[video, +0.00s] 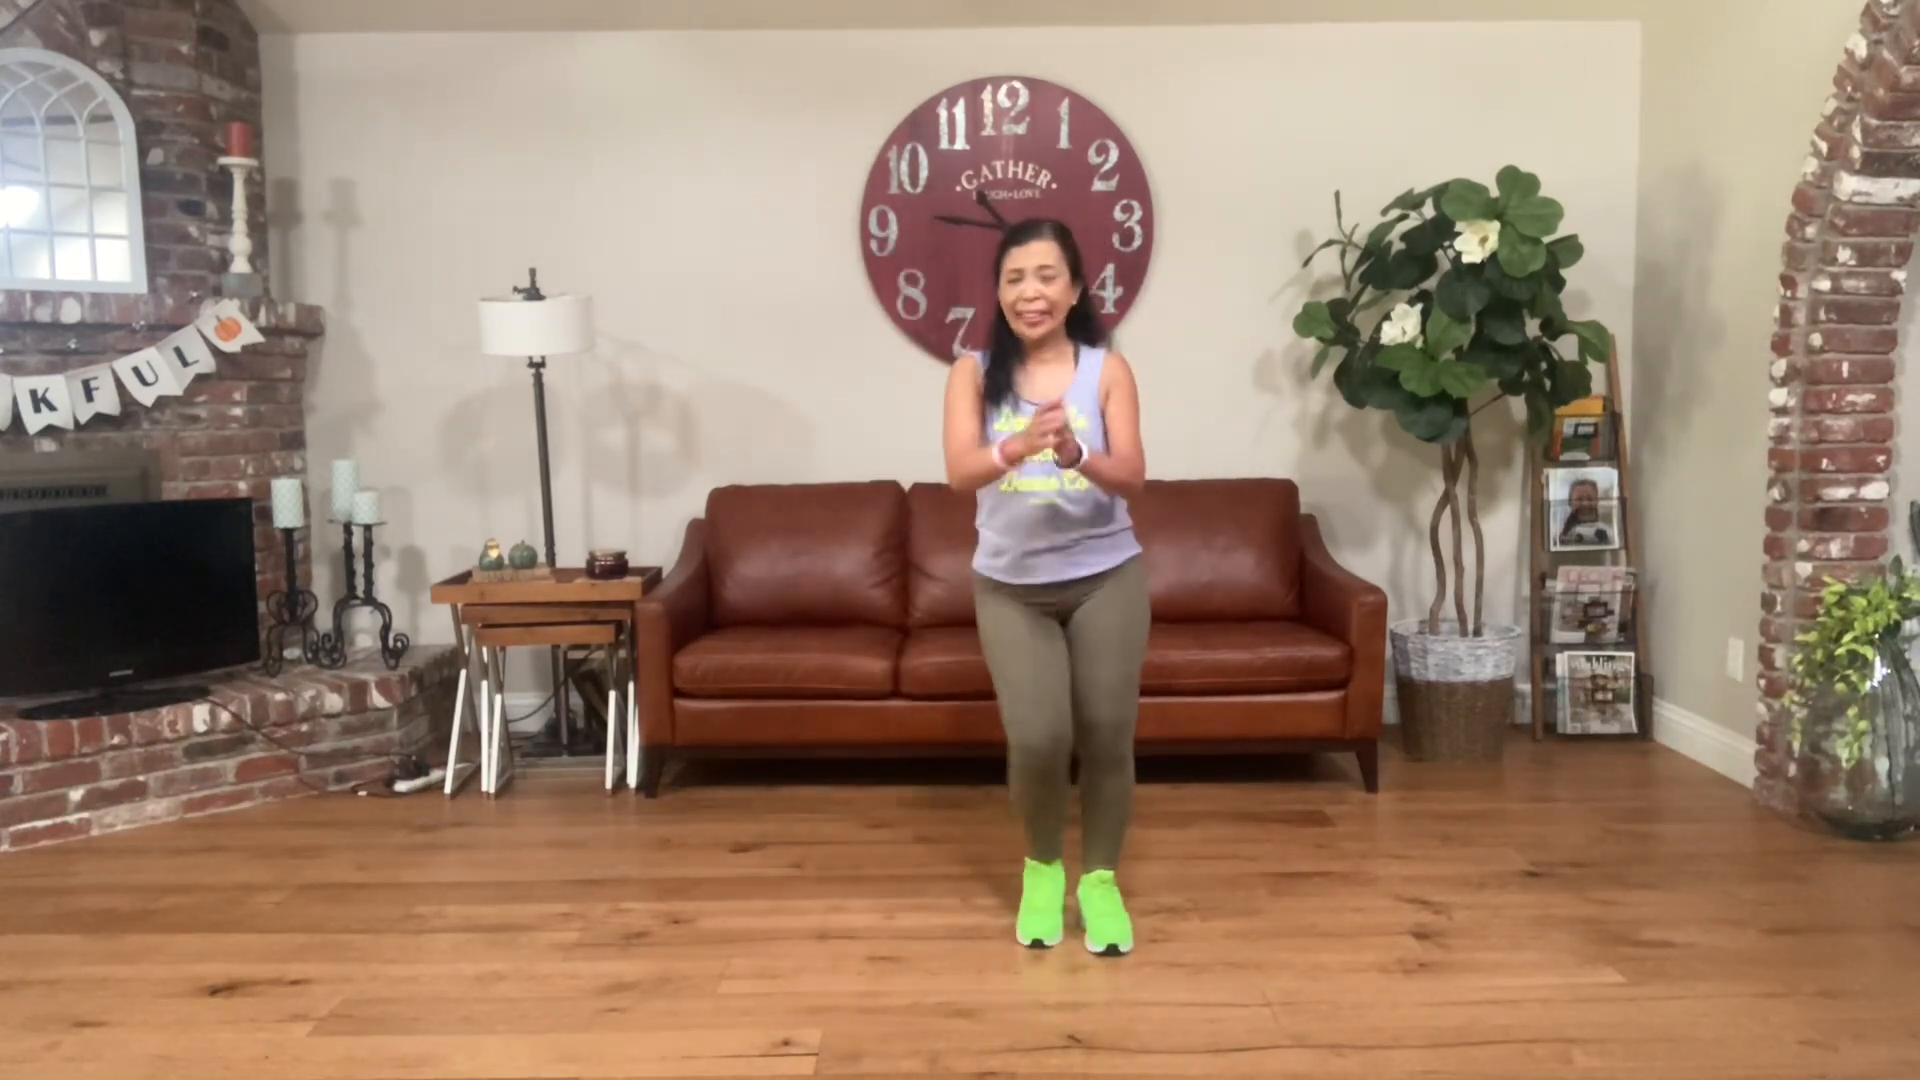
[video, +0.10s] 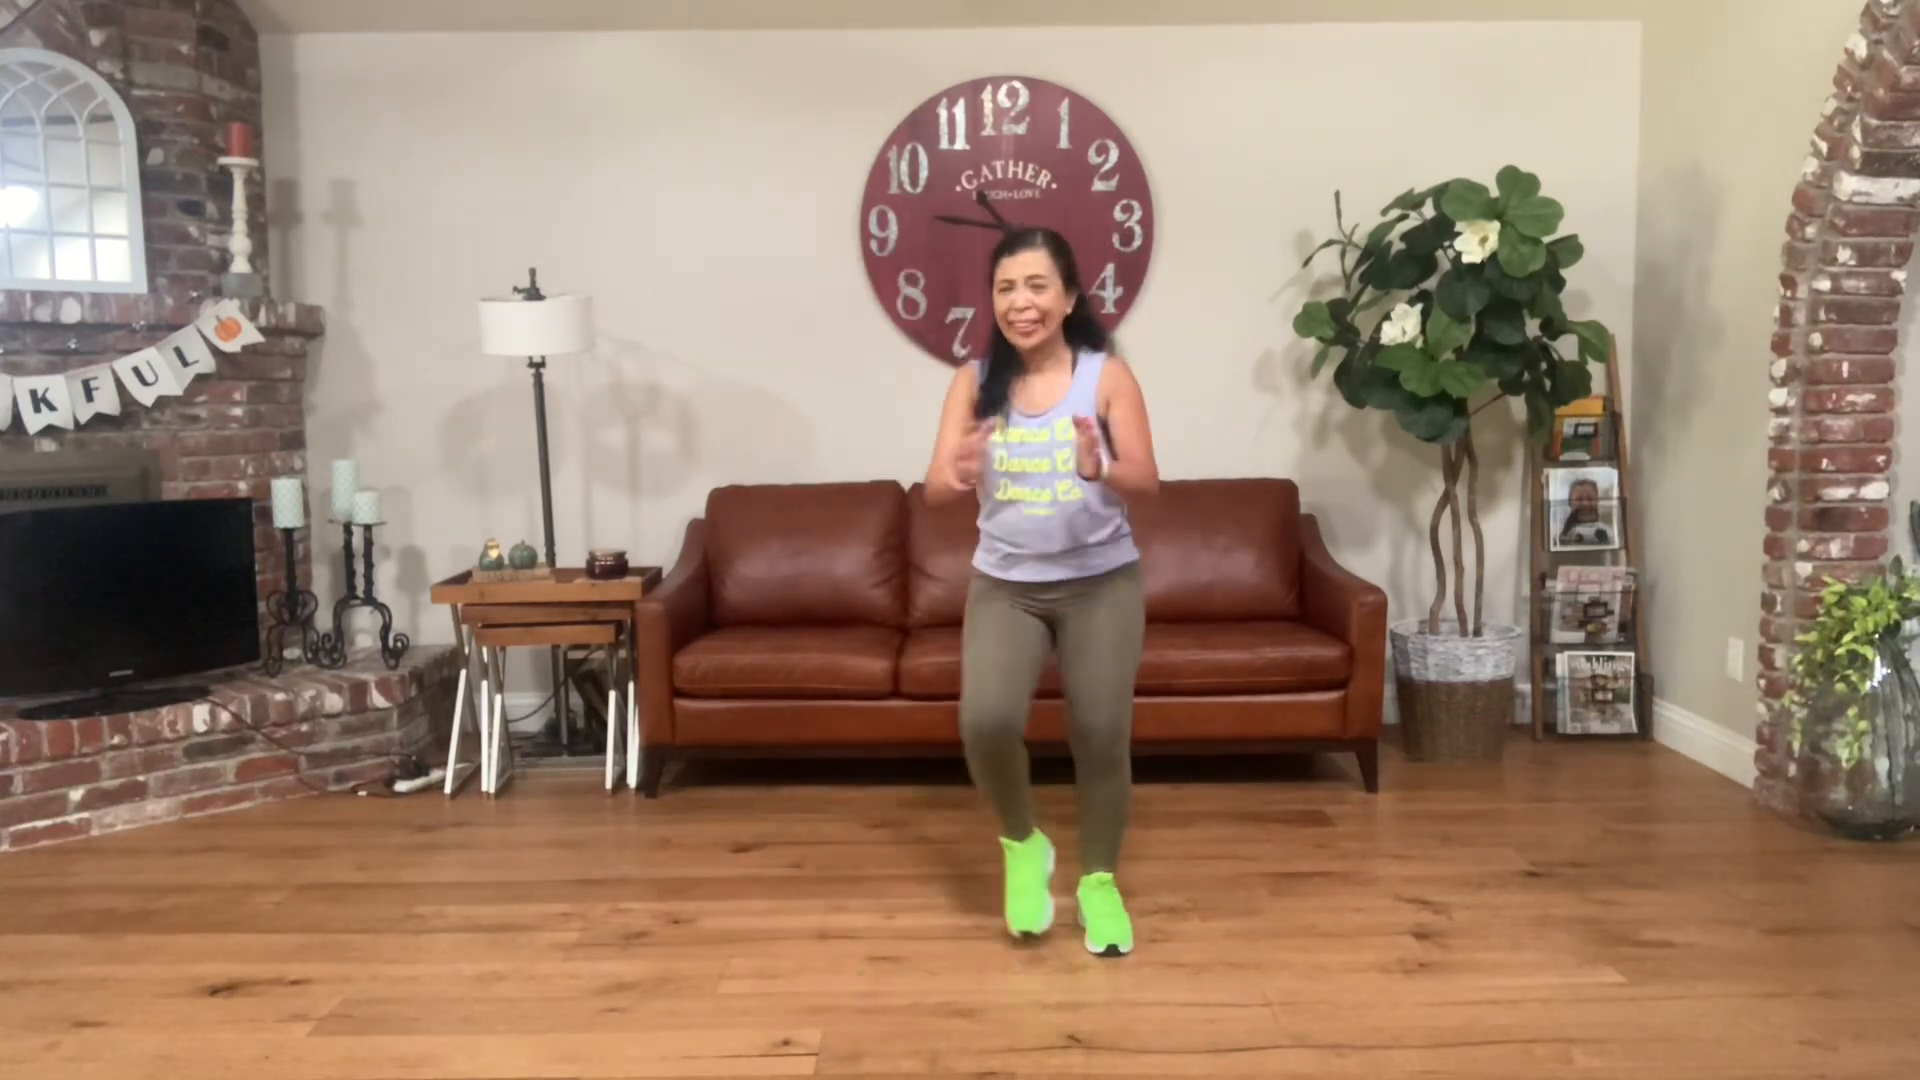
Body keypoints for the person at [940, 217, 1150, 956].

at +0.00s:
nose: (1031, 292)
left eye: (1047, 276)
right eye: (1016, 278)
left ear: (1074, 288)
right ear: (998, 292)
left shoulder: (1106, 368)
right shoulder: (973, 371)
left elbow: (1131, 476)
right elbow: (960, 471)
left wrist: (1079, 455)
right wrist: (1018, 447)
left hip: (1107, 575)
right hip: (1010, 585)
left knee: (1108, 728)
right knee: (1039, 737)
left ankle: (1101, 879)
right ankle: (1042, 871)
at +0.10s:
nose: (1021, 302)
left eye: (1037, 286)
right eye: (1007, 288)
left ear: (1068, 296)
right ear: (992, 301)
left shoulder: (1106, 376)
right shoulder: (974, 381)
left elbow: (1145, 482)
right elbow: (936, 492)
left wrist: (1103, 467)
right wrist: (956, 473)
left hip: (1101, 580)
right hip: (1004, 582)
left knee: (1101, 728)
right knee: (986, 722)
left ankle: (1099, 881)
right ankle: (1022, 846)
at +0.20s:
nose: (1011, 303)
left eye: (1028, 288)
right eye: (997, 290)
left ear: (1058, 301)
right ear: (981, 305)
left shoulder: (1098, 384)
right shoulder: (965, 388)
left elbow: (1155, 483)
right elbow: (920, 489)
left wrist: (1127, 473)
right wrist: (909, 480)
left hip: (1088, 583)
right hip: (993, 584)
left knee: (1092, 736)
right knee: (944, 702)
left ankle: (1097, 881)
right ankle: (972, 826)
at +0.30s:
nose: (994, 289)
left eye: (1011, 274)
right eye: (978, 276)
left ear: (1040, 288)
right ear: (962, 294)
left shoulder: (1079, 374)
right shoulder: (948, 377)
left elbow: (1130, 460)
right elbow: (907, 464)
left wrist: (1140, 469)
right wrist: (882, 475)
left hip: (1073, 579)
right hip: (973, 580)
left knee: (1078, 734)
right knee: (910, 713)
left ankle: (1096, 882)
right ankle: (904, 831)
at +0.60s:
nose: (919, 290)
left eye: (936, 276)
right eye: (903, 275)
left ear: (957, 292)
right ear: (882, 288)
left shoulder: (979, 380)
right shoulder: (855, 371)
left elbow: (1034, 471)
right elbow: (829, 456)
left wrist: (1070, 467)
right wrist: (780, 458)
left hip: (965, 589)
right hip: (865, 591)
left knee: (1008, 740)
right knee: (849, 743)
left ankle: (1085, 876)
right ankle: (832, 882)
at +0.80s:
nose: (891, 315)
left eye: (904, 300)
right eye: (874, 300)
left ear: (917, 310)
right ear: (838, 310)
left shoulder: (935, 392)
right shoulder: (803, 388)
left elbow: (961, 503)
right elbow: (730, 475)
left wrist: (969, 433)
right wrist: (721, 423)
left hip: (929, 585)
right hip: (833, 592)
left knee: (941, 731)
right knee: (828, 741)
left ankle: (1002, 850)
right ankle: (829, 884)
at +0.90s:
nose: (888, 319)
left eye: (899, 302)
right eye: (871, 302)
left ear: (911, 309)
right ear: (830, 312)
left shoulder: (926, 383)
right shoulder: (797, 387)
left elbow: (934, 499)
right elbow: (746, 487)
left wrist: (924, 427)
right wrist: (745, 419)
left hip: (919, 584)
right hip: (823, 589)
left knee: (913, 728)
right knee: (823, 741)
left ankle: (936, 842)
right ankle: (829, 884)